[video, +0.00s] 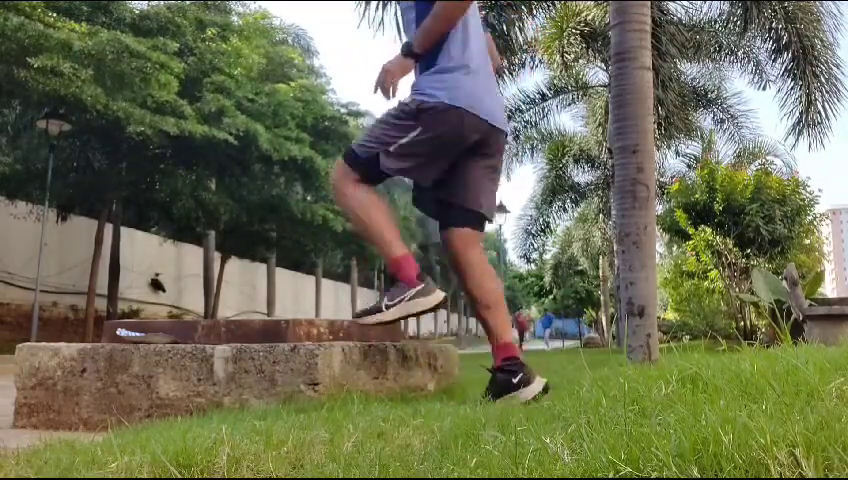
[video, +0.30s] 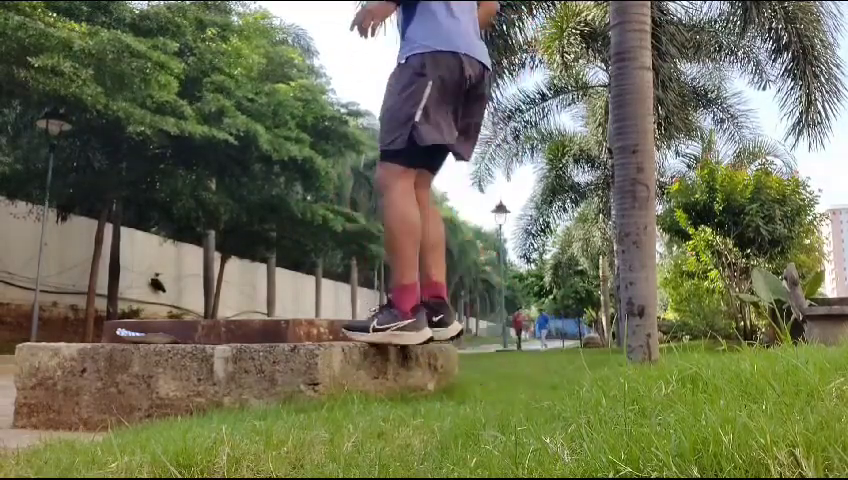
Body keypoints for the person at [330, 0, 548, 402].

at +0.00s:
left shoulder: (424, 7)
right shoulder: (459, 14)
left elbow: (459, 2)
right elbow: (492, 57)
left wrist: (408, 55)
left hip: (445, 96)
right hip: (492, 114)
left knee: (348, 176)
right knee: (464, 239)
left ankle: (407, 277)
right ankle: (510, 365)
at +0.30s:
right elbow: (489, 5)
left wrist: (386, 3)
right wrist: (452, 32)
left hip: (430, 49)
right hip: (474, 59)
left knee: (393, 177)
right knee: (420, 185)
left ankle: (403, 308)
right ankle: (436, 306)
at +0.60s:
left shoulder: (425, 3)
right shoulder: (492, 3)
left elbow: (430, 6)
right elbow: (531, 21)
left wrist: (401, 33)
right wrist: (489, 62)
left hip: (458, 95)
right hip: (496, 103)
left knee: (459, 239)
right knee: (395, 188)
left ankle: (505, 367)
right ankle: (446, 288)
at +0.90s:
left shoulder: (437, 4)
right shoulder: (488, 14)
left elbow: (482, 4)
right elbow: (524, 60)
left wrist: (419, 60)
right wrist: (483, 102)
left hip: (454, 121)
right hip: (503, 133)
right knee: (462, 258)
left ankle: (483, 321)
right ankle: (517, 372)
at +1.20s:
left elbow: (422, 2)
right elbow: (492, 23)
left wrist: (384, 34)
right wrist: (440, 49)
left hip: (428, 77)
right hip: (476, 89)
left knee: (366, 189)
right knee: (432, 214)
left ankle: (393, 308)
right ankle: (492, 321)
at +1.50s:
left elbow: (373, 7)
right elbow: (509, 6)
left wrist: (364, 12)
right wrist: (470, 46)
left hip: (440, 65)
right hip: (473, 72)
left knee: (394, 193)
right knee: (420, 195)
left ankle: (472, 295)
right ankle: (423, 313)